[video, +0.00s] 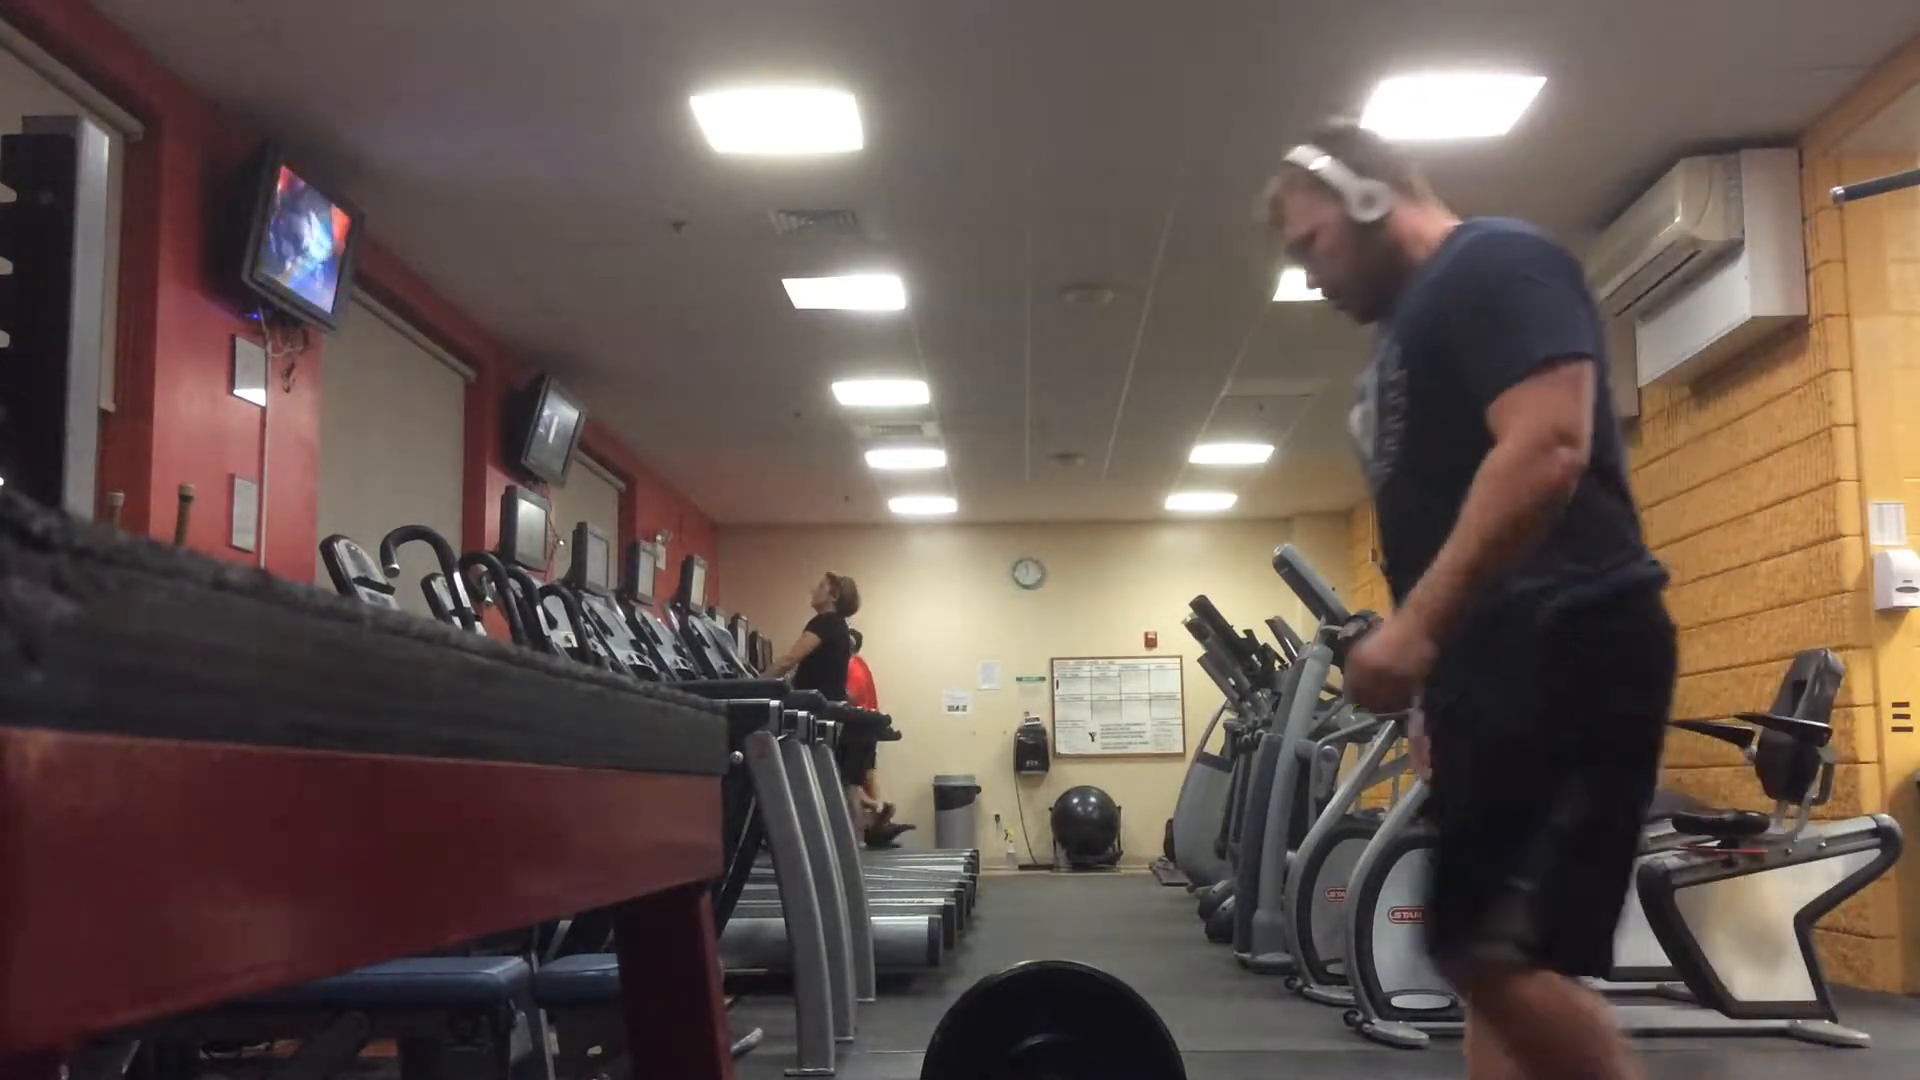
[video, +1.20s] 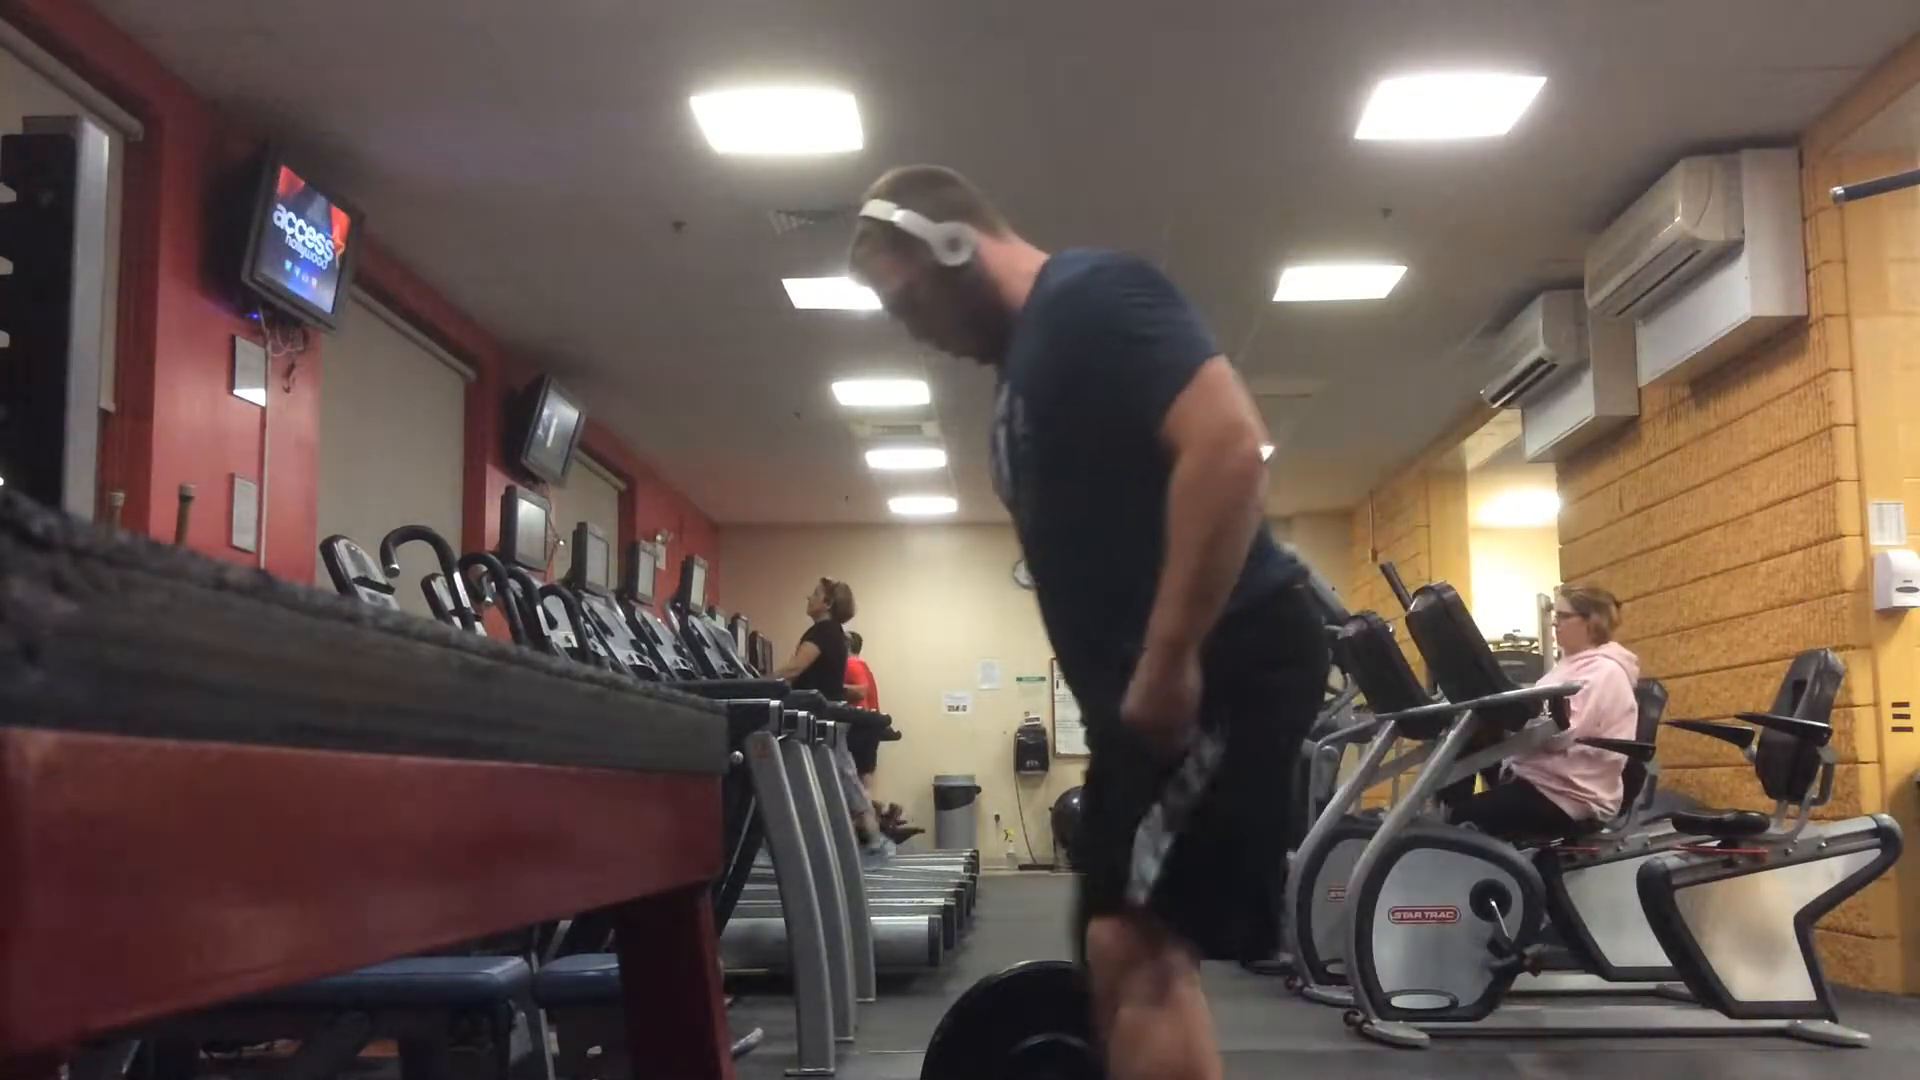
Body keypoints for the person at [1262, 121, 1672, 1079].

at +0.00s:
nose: (1308, 277)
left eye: (1308, 244)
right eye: (1296, 260)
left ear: (1372, 201)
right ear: (1362, 215)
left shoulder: (1492, 260)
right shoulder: (1411, 334)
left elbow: (1545, 447)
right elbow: (1452, 525)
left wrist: (1415, 622)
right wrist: (1439, 692)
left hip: (1569, 638)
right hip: (1499, 650)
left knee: (1498, 954)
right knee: (1496, 961)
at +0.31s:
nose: (1198, 294)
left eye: (1199, 262)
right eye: (1185, 279)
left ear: (1260, 214)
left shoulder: (1370, 265)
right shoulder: (1295, 350)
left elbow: (1478, 430)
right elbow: (1350, 538)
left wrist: (1475, 639)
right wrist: (1344, 704)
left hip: (1450, 653)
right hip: (1404, 662)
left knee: (1392, 972)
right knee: (1464, 973)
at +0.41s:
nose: (1163, 293)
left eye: (1164, 262)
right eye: (1151, 277)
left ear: (1225, 215)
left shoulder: (1337, 268)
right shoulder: (1262, 344)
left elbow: (1433, 443)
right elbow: (1326, 517)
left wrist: (1413, 647)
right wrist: (1308, 664)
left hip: (1414, 661)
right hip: (1357, 669)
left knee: (1370, 980)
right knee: (1404, 981)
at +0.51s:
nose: (1127, 294)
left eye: (1127, 263)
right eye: (1114, 277)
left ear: (1190, 216)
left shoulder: (1301, 268)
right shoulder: (1237, 335)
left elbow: (1395, 448)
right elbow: (1303, 507)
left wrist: (1329, 644)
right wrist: (1276, 652)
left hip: (1400, 659)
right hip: (1327, 669)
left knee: (1342, 977)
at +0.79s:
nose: (1030, 302)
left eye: (1030, 272)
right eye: (1019, 285)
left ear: (1089, 221)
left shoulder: (1197, 273)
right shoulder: (1139, 339)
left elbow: (1317, 433)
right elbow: (1211, 520)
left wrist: (1277, 643)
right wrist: (1200, 689)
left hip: (1302, 667)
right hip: (1231, 677)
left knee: (1275, 987)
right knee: (1212, 976)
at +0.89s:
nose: (993, 312)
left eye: (993, 283)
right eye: (981, 296)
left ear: (1051, 231)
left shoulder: (1163, 280)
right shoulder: (1107, 351)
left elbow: (1296, 423)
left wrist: (1250, 625)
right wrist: (1179, 653)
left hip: (1261, 672)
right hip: (1204, 683)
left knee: (1196, 959)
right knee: (1182, 958)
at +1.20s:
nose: (911, 333)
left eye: (907, 302)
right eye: (896, 315)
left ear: (952, 248)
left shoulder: (1090, 292)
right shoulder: (1018, 396)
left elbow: (1227, 442)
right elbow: (1097, 557)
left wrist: (1170, 653)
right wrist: (1106, 718)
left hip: (1224, 655)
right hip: (1148, 680)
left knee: (1136, 948)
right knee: (1124, 952)